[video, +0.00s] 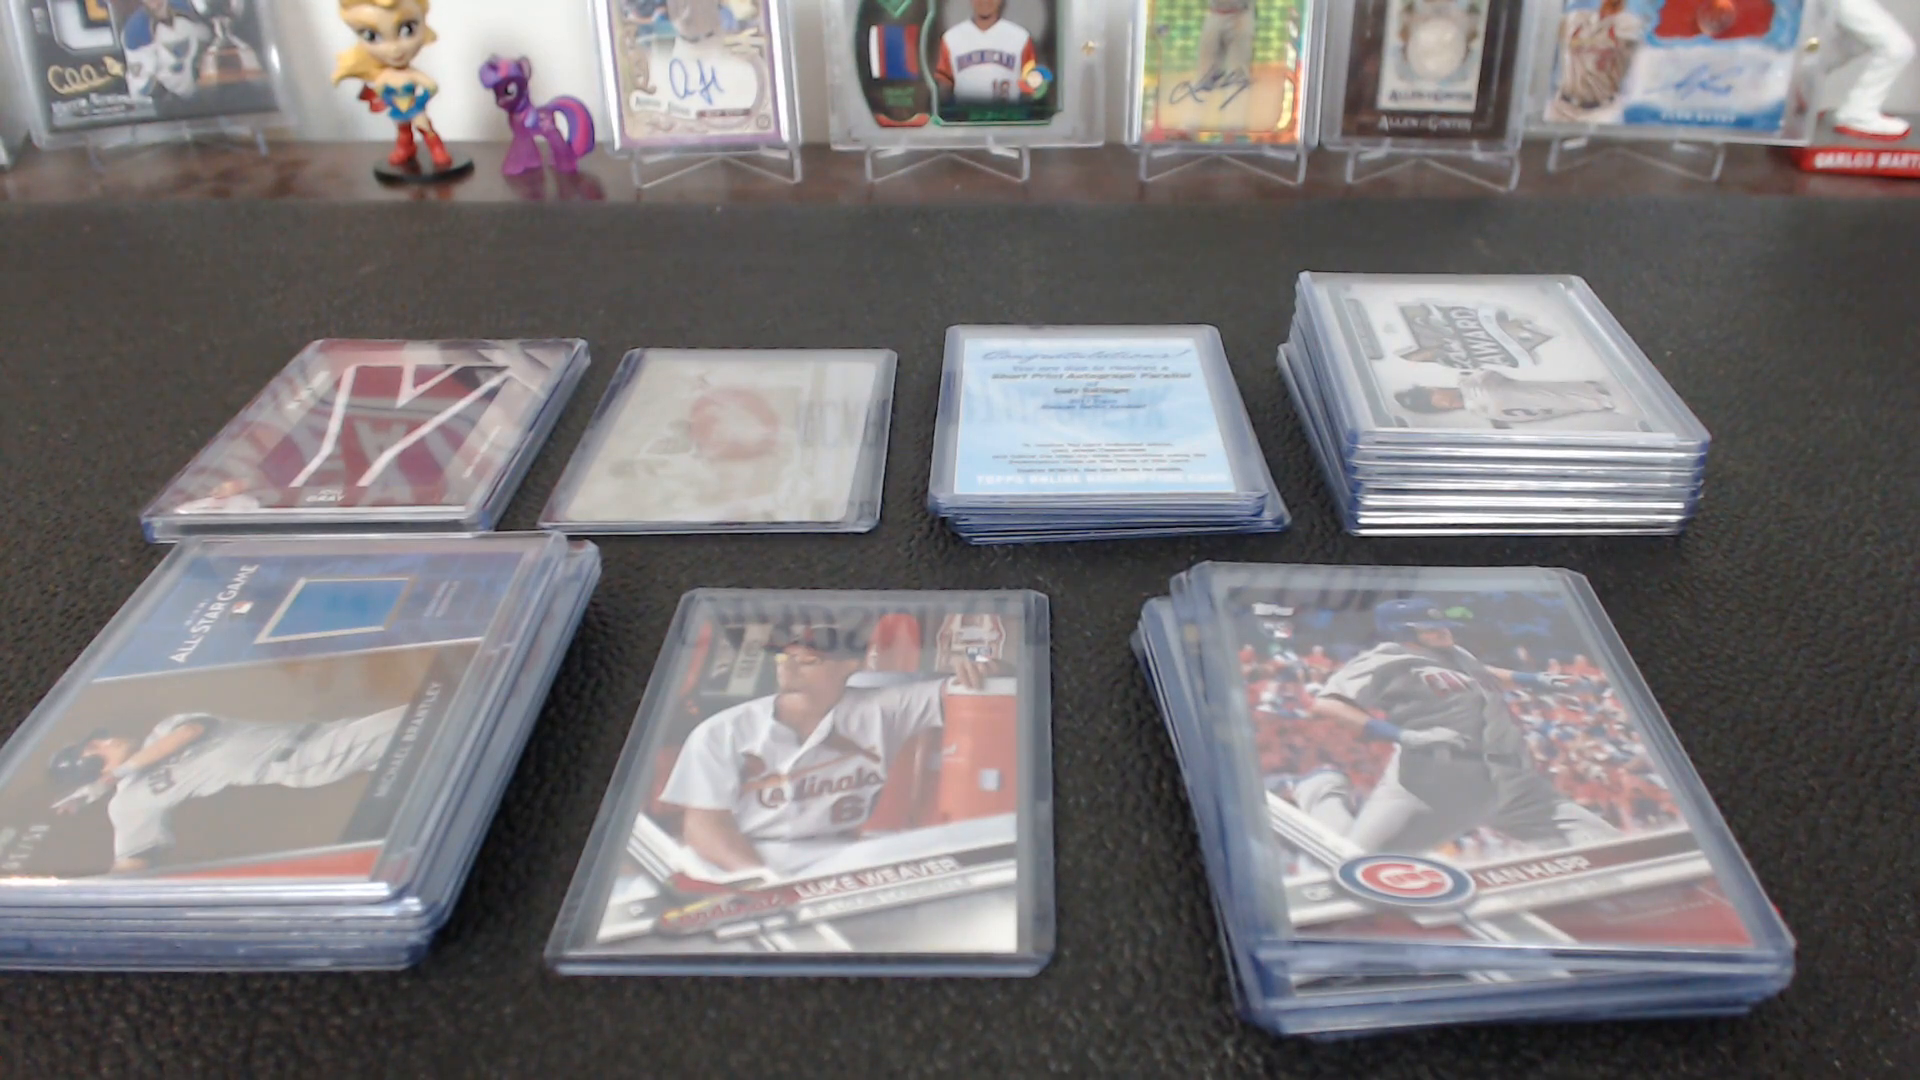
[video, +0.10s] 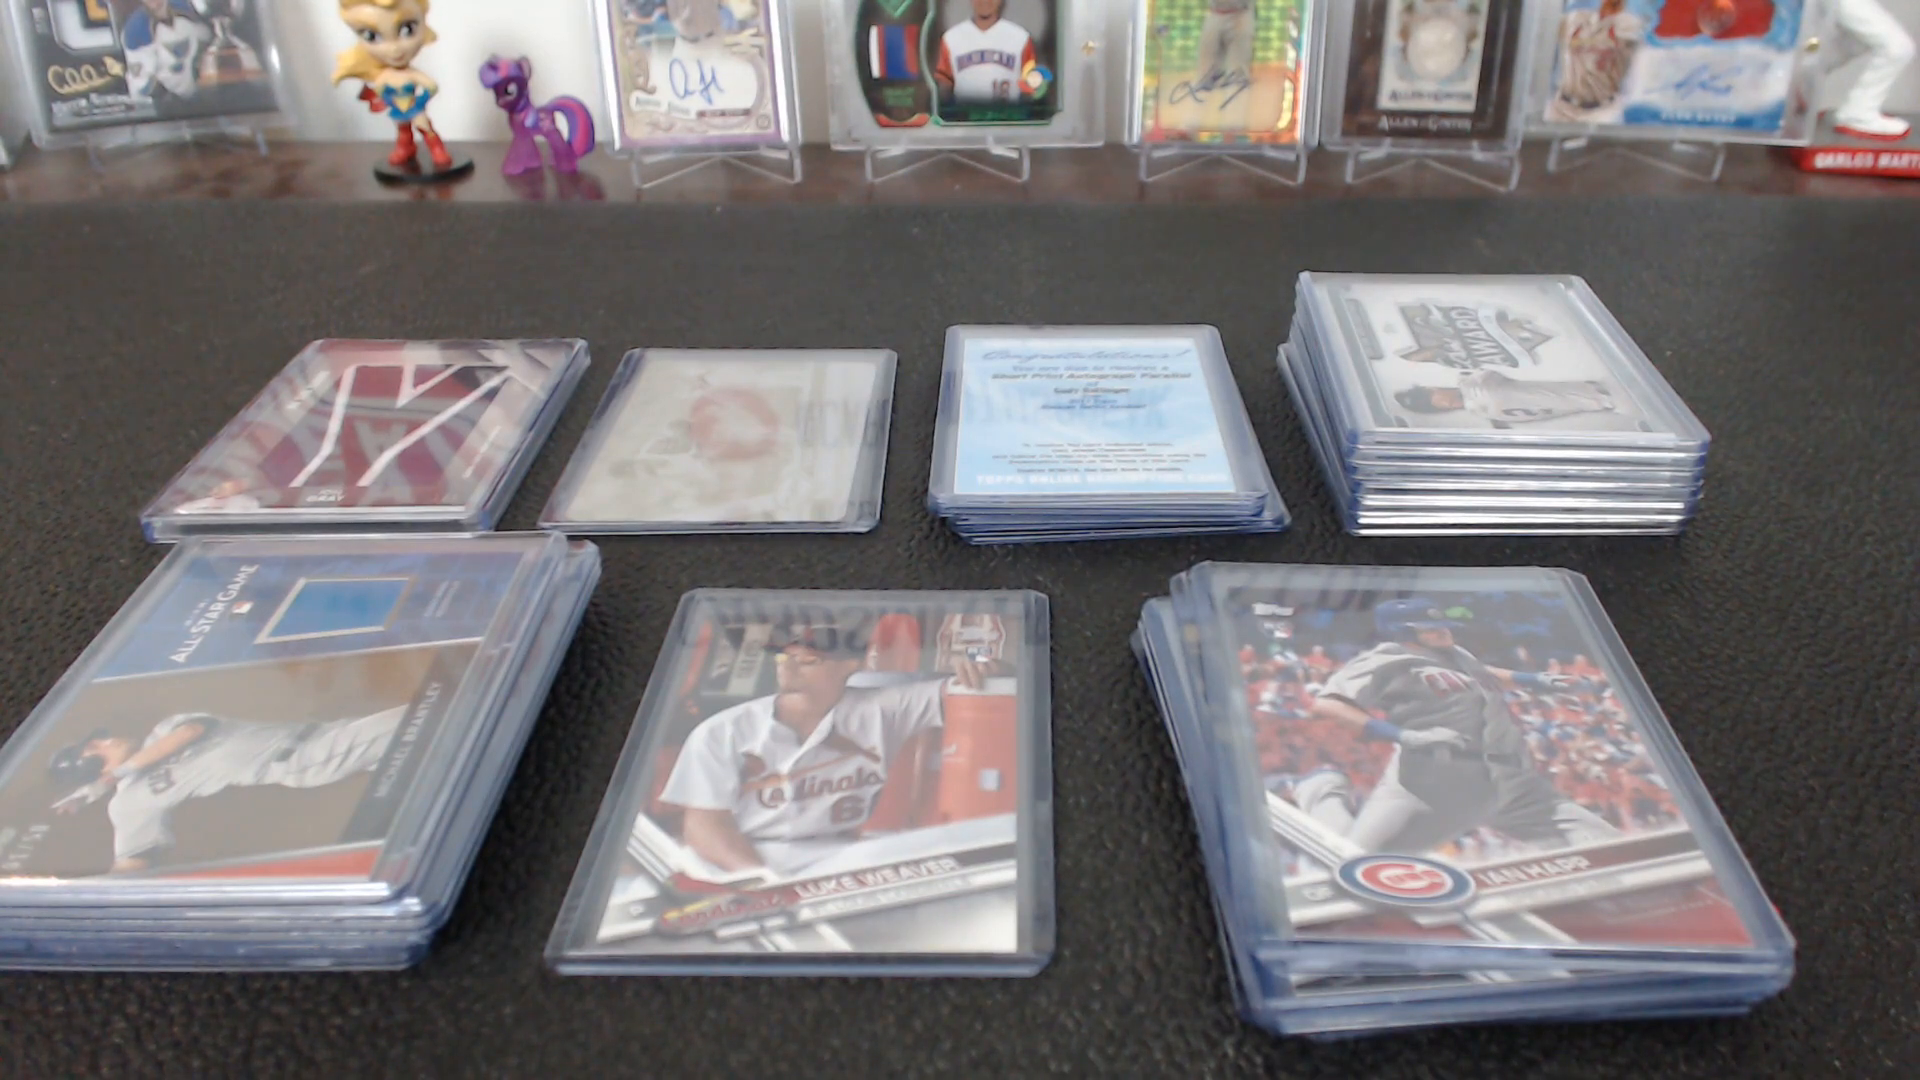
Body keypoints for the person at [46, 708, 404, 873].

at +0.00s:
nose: (109, 740)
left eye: (98, 739)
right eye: (99, 747)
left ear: (107, 743)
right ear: (100, 771)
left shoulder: (161, 728)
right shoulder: (130, 800)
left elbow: (193, 732)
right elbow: (129, 871)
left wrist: (116, 775)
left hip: (311, 732)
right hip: (298, 760)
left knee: (414, 721)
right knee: (412, 718)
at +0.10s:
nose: (109, 739)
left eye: (99, 739)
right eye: (99, 746)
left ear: (107, 743)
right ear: (100, 770)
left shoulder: (160, 728)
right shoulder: (131, 799)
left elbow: (193, 732)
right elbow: (130, 870)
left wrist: (116, 775)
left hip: (310, 731)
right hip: (297, 760)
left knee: (414, 722)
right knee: (412, 717)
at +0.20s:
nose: (110, 740)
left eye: (100, 740)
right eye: (100, 746)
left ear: (106, 742)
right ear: (100, 769)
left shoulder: (162, 728)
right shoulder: (131, 800)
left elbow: (192, 732)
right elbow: (130, 870)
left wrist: (115, 776)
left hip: (310, 731)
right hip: (297, 760)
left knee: (414, 722)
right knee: (412, 717)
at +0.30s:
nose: (109, 740)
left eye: (99, 739)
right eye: (99, 746)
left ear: (106, 744)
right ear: (99, 769)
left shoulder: (160, 729)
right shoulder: (131, 800)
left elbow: (193, 732)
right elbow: (130, 870)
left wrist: (116, 775)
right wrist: (77, 895)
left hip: (310, 732)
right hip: (298, 760)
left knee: (415, 720)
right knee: (413, 717)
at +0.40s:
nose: (109, 740)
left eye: (99, 739)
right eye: (99, 746)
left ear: (106, 744)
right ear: (99, 769)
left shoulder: (160, 729)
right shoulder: (131, 800)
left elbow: (193, 732)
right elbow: (129, 870)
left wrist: (116, 775)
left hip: (310, 732)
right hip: (298, 760)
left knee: (415, 721)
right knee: (413, 717)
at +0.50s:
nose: (109, 740)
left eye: (99, 739)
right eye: (99, 746)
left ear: (106, 744)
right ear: (99, 769)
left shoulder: (160, 729)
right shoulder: (131, 800)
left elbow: (193, 732)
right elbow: (130, 870)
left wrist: (116, 775)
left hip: (310, 732)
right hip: (298, 760)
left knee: (415, 720)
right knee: (413, 717)